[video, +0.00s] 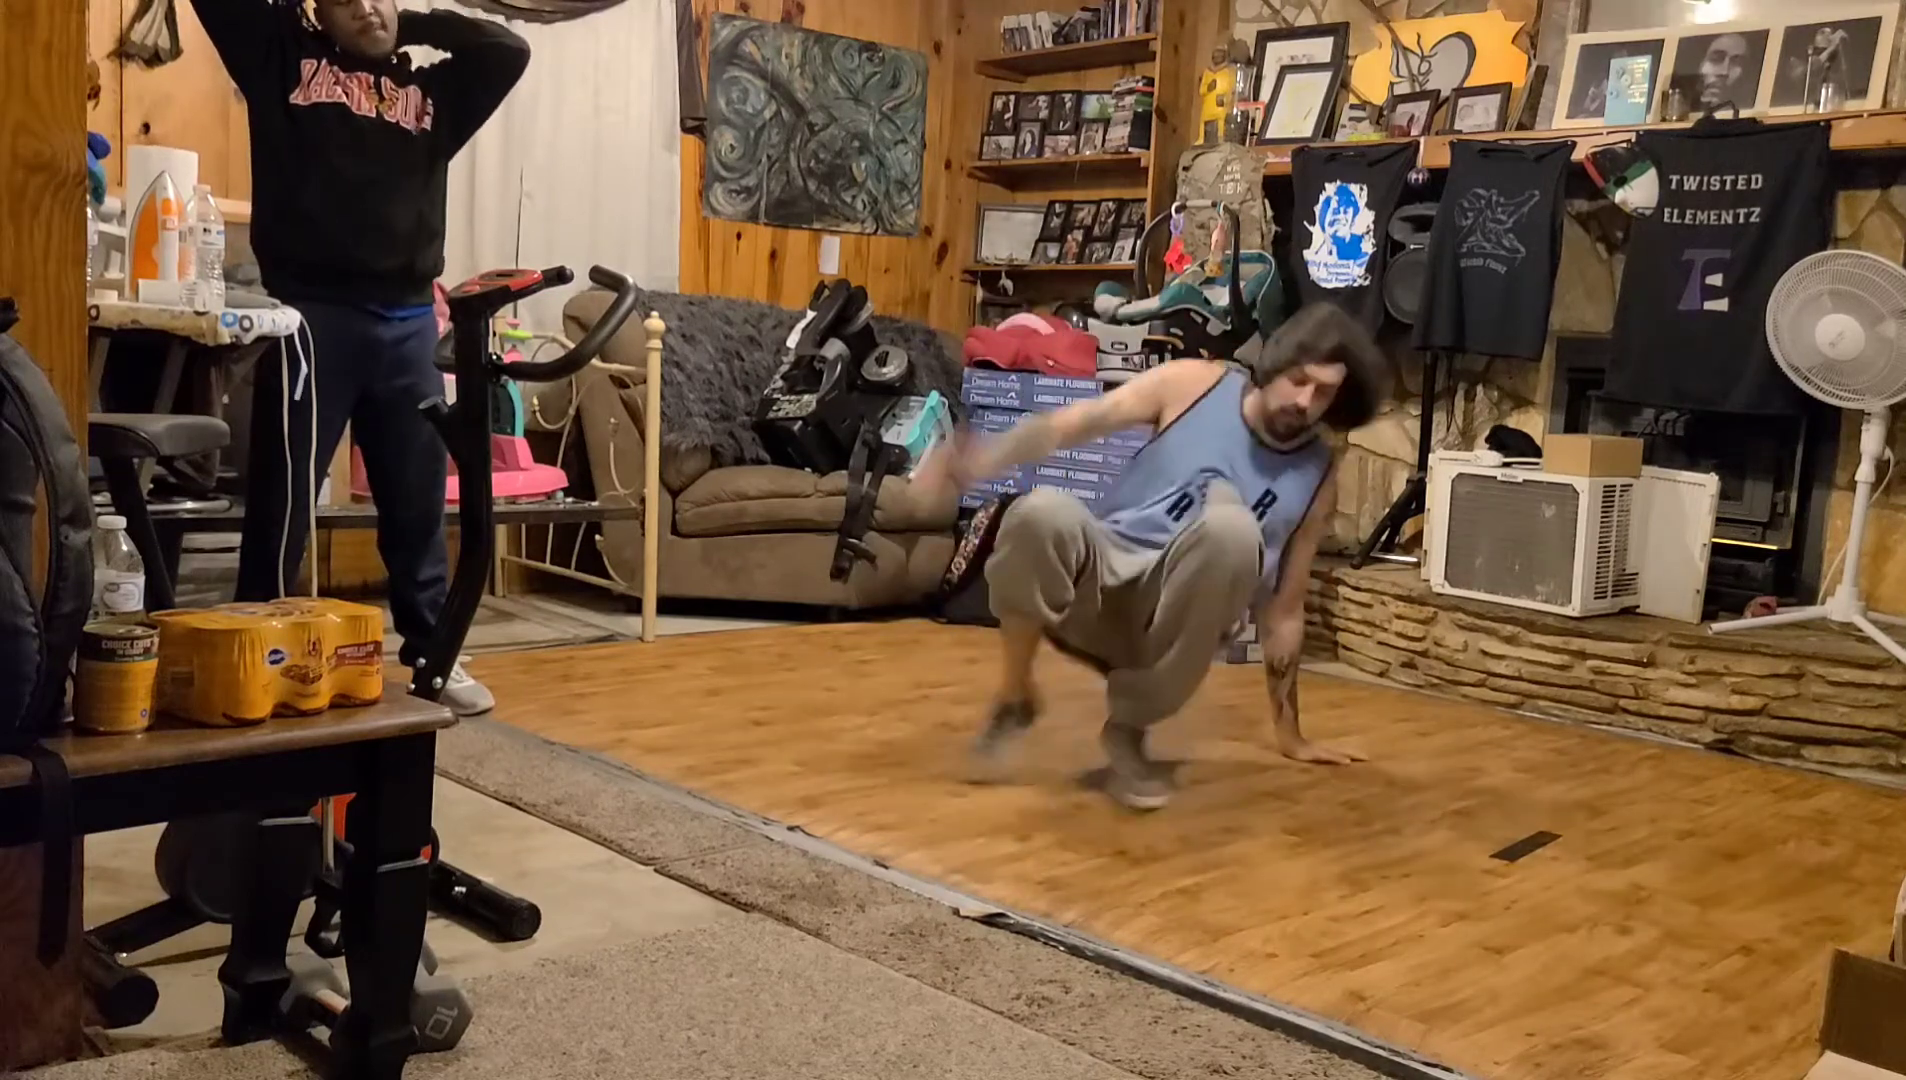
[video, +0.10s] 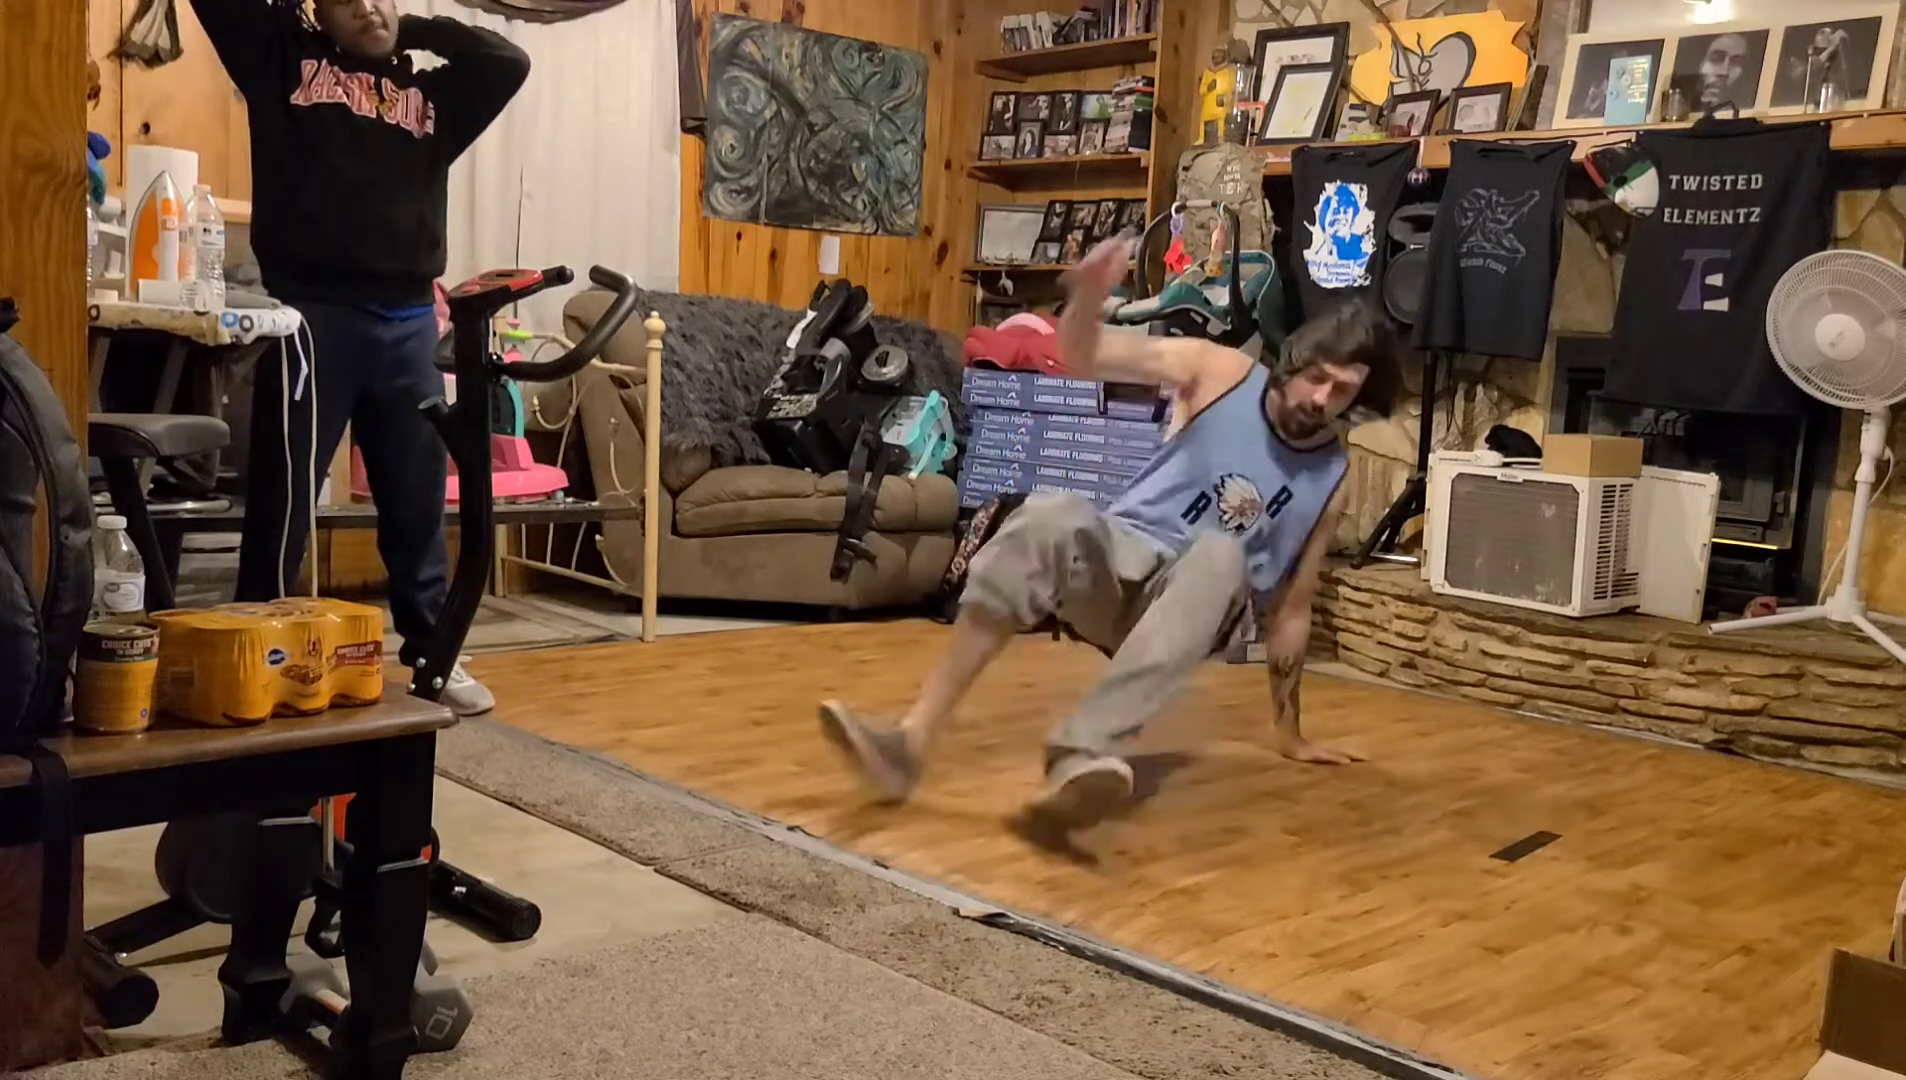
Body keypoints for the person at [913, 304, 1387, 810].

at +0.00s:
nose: (1306, 400)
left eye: (1325, 393)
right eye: (1300, 379)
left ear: (1336, 403)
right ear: (1270, 363)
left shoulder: (1316, 475)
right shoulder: (1193, 382)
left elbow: (1286, 610)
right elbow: (1066, 425)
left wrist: (1289, 736)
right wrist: (983, 460)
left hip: (1178, 618)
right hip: (1095, 581)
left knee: (1229, 528)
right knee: (1039, 514)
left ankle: (1127, 732)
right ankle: (1013, 700)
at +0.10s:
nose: (1320, 400)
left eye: (1342, 393)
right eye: (1315, 377)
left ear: (1356, 402)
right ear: (1292, 359)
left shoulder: (1330, 478)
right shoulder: (1221, 369)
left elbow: (1291, 609)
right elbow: (1085, 358)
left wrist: (1289, 738)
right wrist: (1087, 299)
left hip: (1196, 611)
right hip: (1109, 564)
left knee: (1220, 553)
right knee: (1052, 513)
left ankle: (1084, 760)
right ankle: (911, 742)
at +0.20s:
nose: (1329, 399)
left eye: (1350, 394)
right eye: (1325, 377)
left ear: (1363, 406)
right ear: (1303, 360)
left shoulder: (1340, 481)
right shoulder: (1233, 364)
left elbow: (1295, 609)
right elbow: (1120, 322)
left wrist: (1289, 739)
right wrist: (1119, 262)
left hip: (1203, 605)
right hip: (1113, 557)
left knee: (1194, 580)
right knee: (1031, 533)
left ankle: (1095, 786)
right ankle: (894, 753)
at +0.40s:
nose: (1235, 375)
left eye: (1254, 360)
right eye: (1221, 358)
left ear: (1278, 372)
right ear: (1203, 363)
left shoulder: (1300, 465)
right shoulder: (1135, 421)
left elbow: (1304, 598)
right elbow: (1070, 540)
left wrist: (1338, 735)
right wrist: (1005, 654)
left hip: (1216, 626)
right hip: (1122, 609)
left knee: (1229, 594)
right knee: (1054, 571)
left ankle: (1217, 737)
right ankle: (1103, 721)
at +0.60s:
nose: (1097, 377)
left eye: (1106, 356)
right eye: (1077, 366)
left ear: (1127, 348)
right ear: (1056, 373)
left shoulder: (1190, 370)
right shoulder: (1051, 454)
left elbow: (1322, 379)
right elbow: (1071, 599)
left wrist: (1399, 341)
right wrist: (1072, 727)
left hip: (1240, 597)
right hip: (1151, 623)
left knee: (1251, 538)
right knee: (1090, 503)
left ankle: (1271, 741)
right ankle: (1146, 747)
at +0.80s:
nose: (1083, 379)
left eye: (1094, 360)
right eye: (1063, 365)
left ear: (1114, 348)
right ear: (1039, 370)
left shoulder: (1171, 362)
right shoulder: (1036, 458)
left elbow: (1303, 346)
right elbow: (1063, 591)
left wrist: (1414, 285)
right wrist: (1075, 723)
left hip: (1229, 598)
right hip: (1144, 621)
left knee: (1251, 504)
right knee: (1098, 500)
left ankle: (1266, 753)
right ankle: (1128, 727)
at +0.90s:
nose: (1098, 384)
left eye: (1111, 365)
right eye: (1081, 367)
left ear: (1135, 362)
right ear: (1059, 371)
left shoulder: (1194, 396)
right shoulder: (1047, 456)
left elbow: (1310, 474)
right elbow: (1063, 586)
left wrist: (1422, 539)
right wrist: (1072, 721)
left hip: (1207, 614)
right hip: (1120, 617)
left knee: (1228, 566)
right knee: (1089, 560)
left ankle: (1185, 733)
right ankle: (1109, 723)